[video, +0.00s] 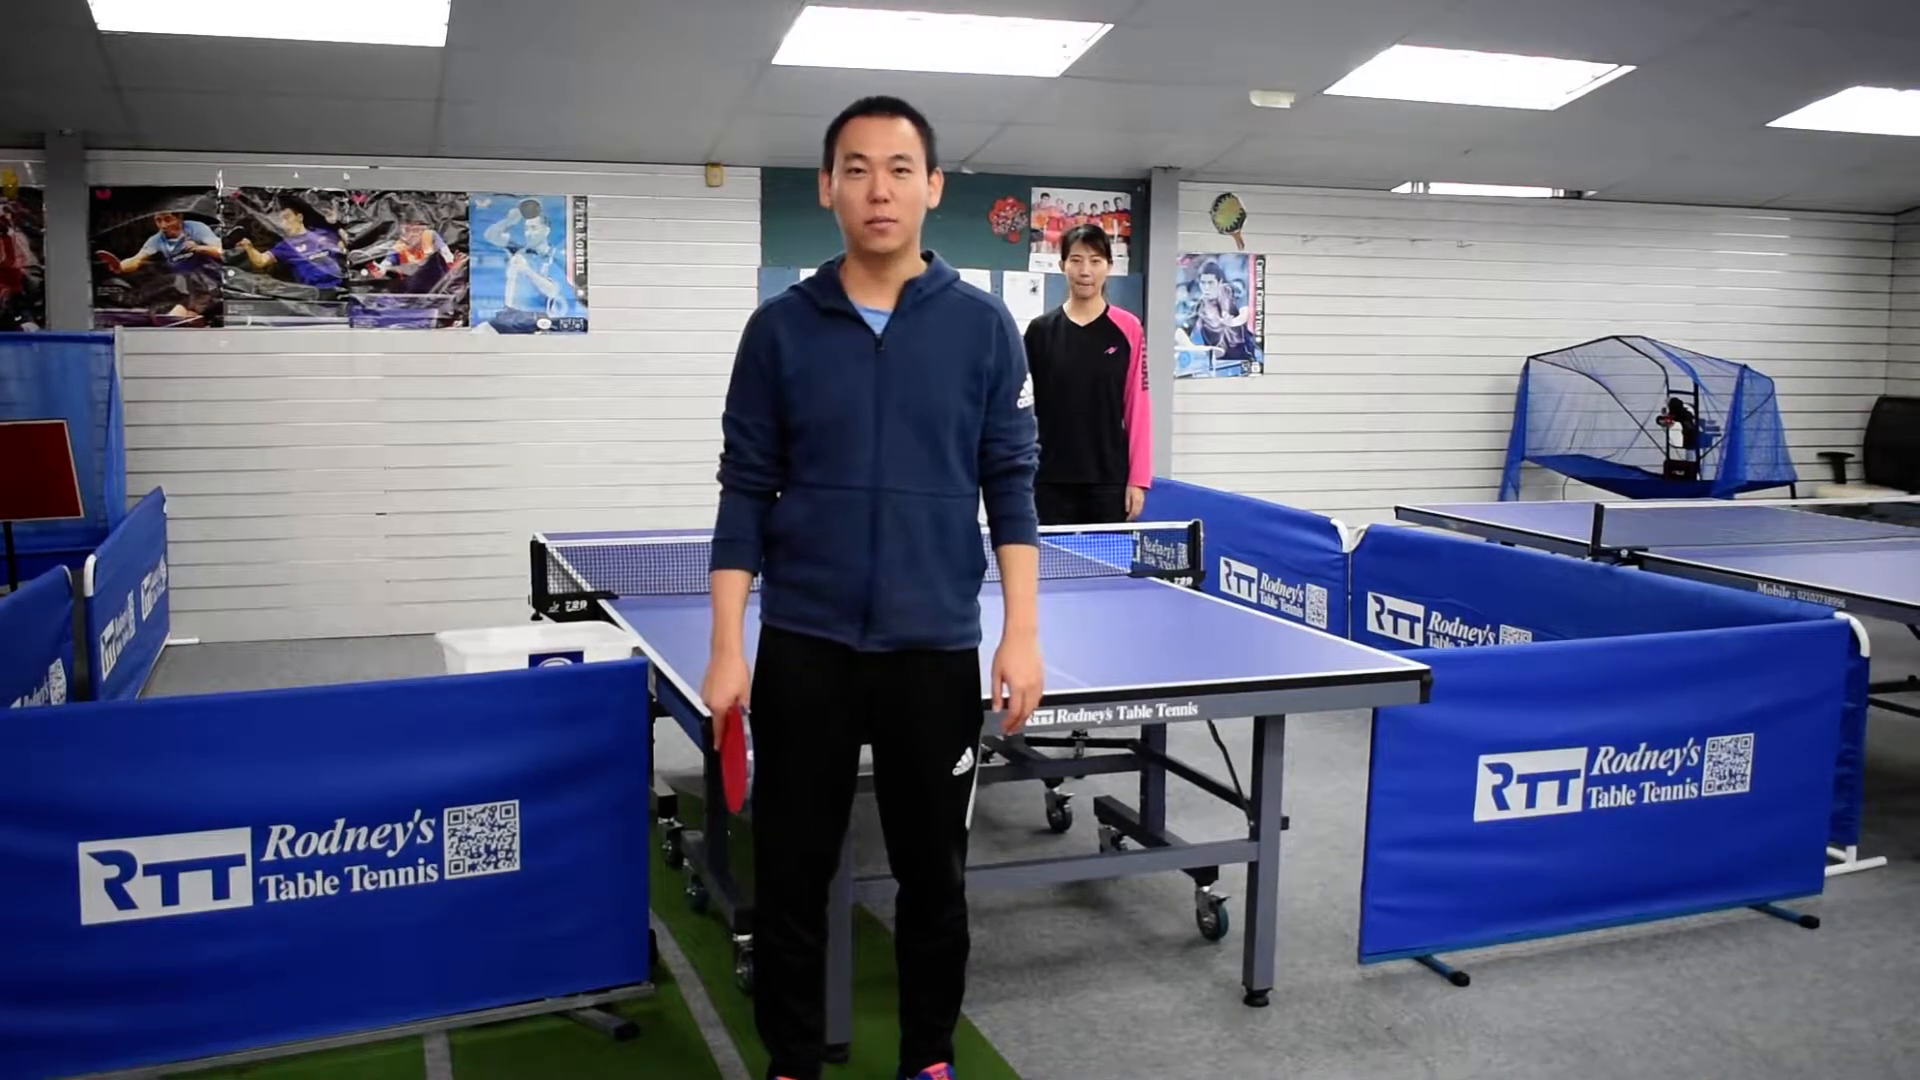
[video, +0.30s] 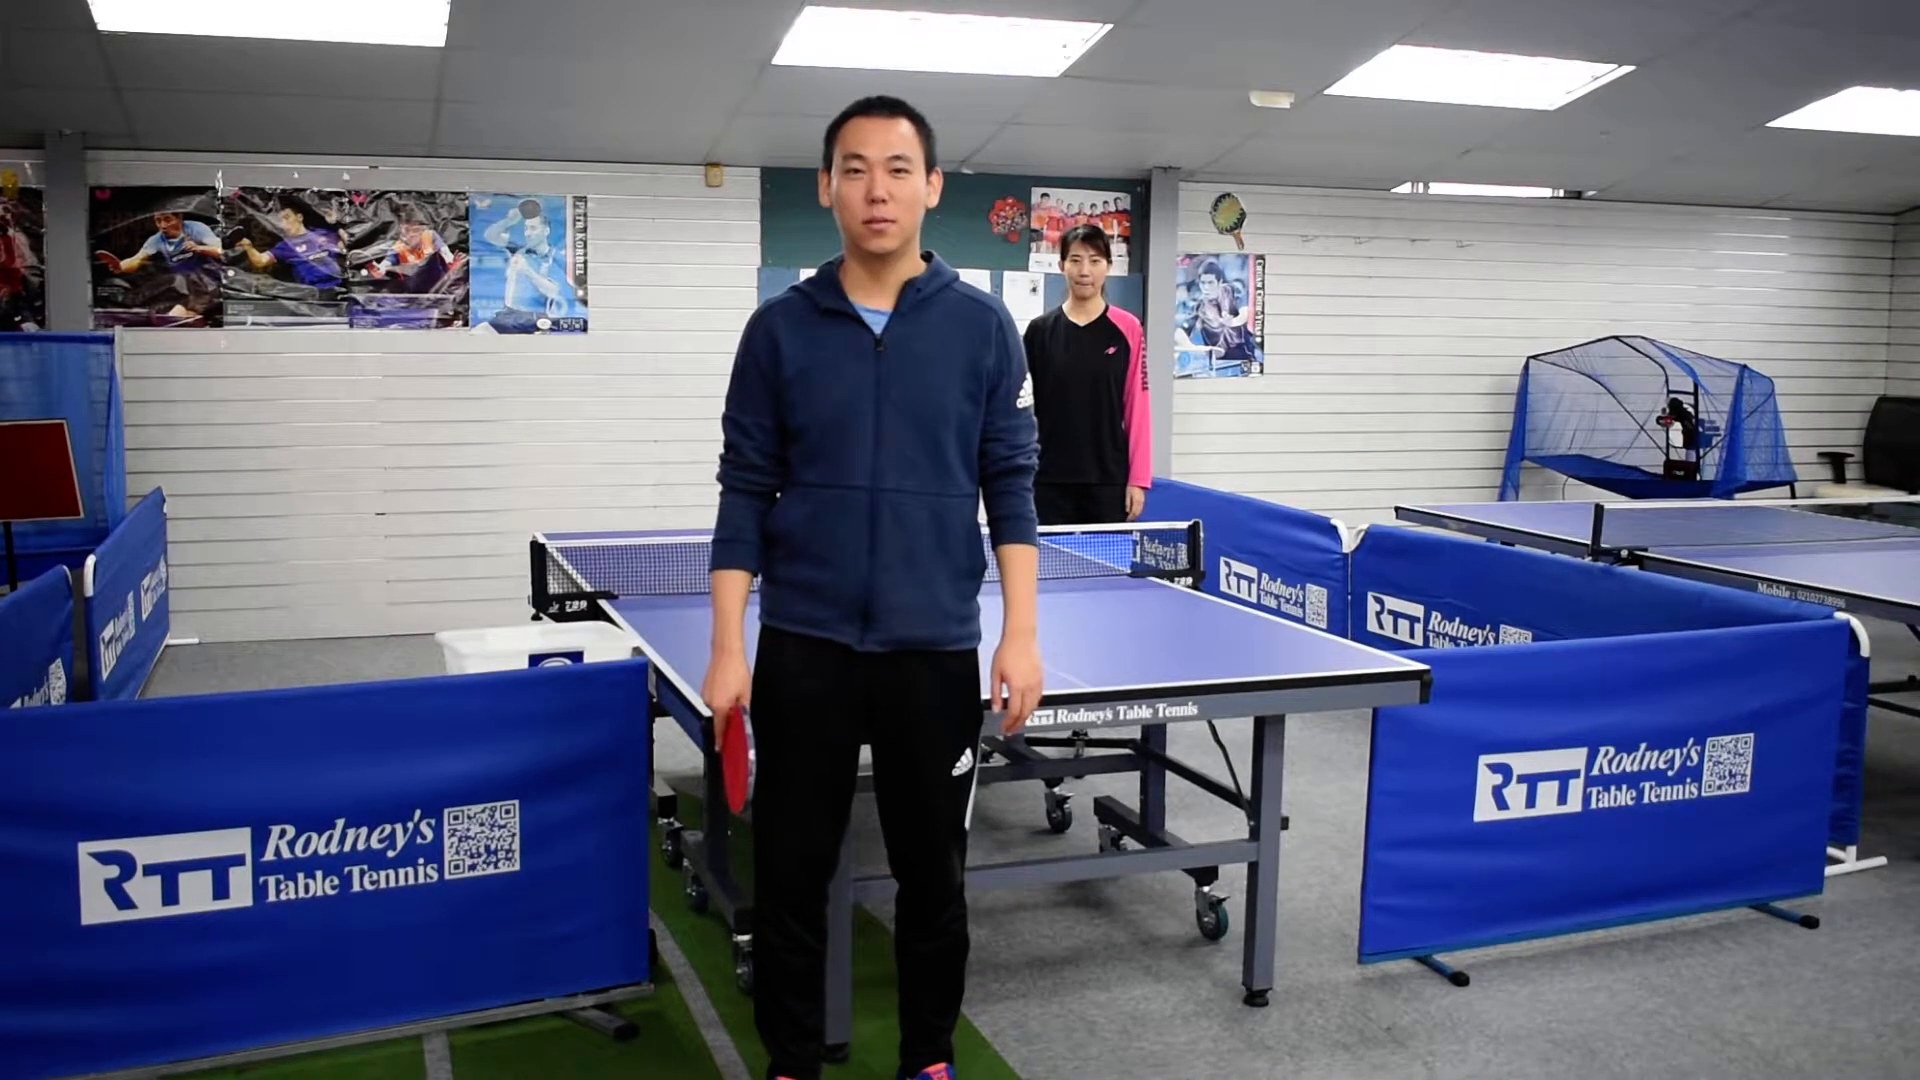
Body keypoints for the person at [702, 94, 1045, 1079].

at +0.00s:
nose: (877, 188)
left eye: (899, 169)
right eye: (856, 169)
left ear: (932, 190)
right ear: (829, 191)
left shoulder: (983, 327)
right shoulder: (780, 327)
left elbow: (1012, 485)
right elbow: (743, 488)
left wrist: (1022, 632)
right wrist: (726, 645)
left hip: (933, 645)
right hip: (805, 643)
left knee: (932, 874)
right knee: (790, 875)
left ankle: (930, 1060)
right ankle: (792, 1061)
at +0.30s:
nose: (876, 189)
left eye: (898, 169)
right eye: (855, 170)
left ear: (931, 190)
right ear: (828, 190)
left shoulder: (981, 327)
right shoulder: (780, 328)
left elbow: (1012, 484)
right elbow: (742, 488)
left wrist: (1021, 632)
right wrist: (727, 646)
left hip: (933, 646)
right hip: (805, 644)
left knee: (931, 877)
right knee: (789, 878)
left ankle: (929, 1061)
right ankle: (791, 1061)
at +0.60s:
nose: (875, 191)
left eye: (897, 171)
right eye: (854, 171)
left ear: (931, 190)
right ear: (828, 191)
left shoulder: (981, 327)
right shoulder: (780, 328)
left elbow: (1012, 485)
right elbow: (742, 488)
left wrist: (1021, 632)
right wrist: (727, 646)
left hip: (933, 646)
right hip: (805, 644)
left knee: (931, 877)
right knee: (789, 878)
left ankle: (929, 1061)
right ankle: (791, 1062)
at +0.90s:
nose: (872, 191)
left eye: (894, 171)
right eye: (851, 172)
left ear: (928, 190)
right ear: (825, 193)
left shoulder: (981, 327)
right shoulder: (779, 329)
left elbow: (1011, 485)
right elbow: (743, 489)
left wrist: (1020, 633)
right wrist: (729, 647)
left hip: (933, 644)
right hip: (805, 642)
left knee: (931, 875)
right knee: (790, 875)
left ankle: (930, 1061)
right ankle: (791, 1061)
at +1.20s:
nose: (865, 182)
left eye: (888, 163)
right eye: (844, 165)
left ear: (924, 188)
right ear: (821, 192)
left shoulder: (979, 325)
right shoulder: (777, 329)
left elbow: (1011, 484)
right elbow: (742, 490)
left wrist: (1020, 633)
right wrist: (729, 650)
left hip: (932, 645)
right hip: (805, 644)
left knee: (931, 873)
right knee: (789, 874)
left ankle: (930, 1061)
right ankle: (791, 1062)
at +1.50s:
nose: (866, 187)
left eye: (888, 167)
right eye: (845, 169)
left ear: (923, 188)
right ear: (820, 193)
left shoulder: (979, 326)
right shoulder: (776, 330)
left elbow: (1012, 484)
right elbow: (741, 491)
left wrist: (1021, 633)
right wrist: (728, 649)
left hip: (932, 645)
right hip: (805, 644)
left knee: (931, 874)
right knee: (789, 876)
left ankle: (930, 1061)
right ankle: (791, 1062)